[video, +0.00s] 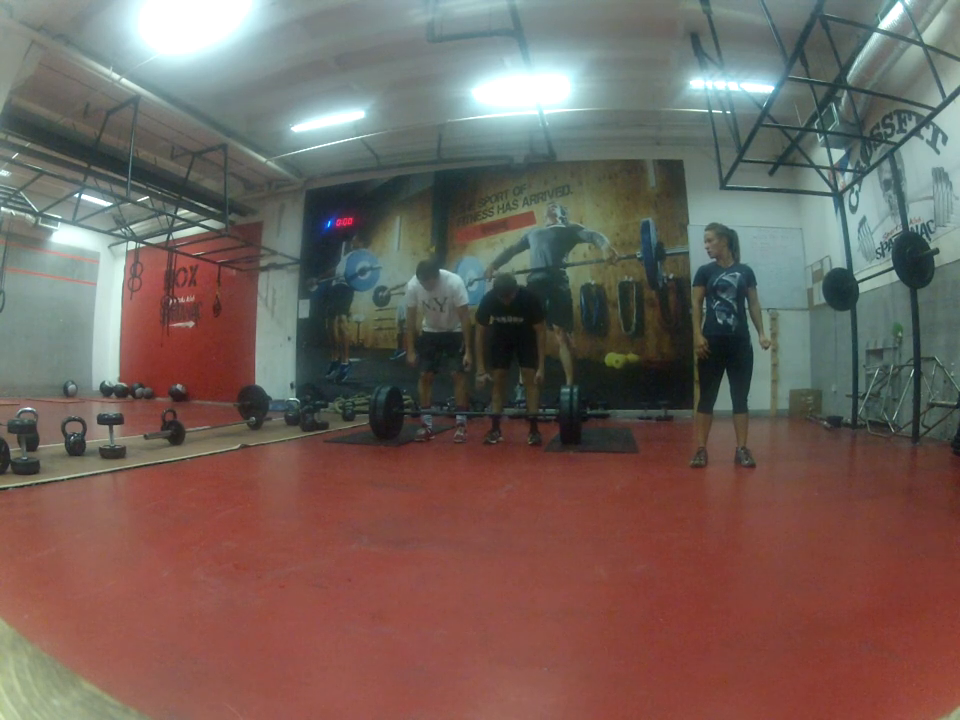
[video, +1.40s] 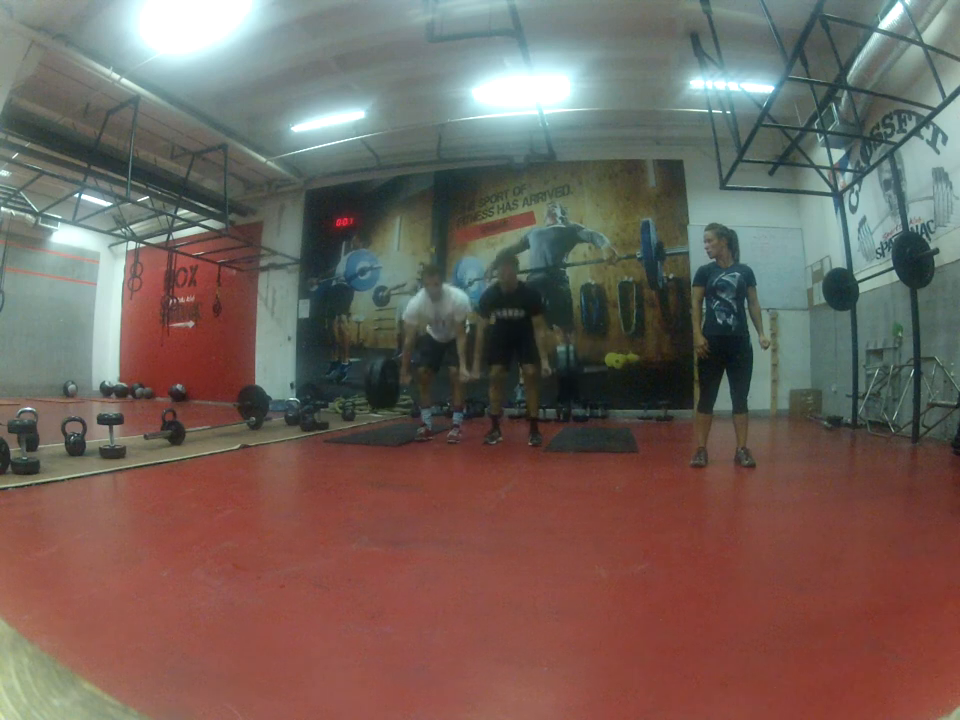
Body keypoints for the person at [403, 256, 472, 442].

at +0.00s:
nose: (428, 287)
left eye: (431, 283)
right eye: (424, 283)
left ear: (437, 276)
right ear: (419, 278)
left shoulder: (454, 282)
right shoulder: (413, 286)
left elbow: (465, 318)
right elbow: (410, 320)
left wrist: (467, 351)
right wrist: (410, 350)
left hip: (454, 332)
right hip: (429, 332)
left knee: (458, 375)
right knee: (425, 376)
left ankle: (461, 424)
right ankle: (426, 425)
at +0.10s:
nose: (427, 299)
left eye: (430, 295)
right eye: (423, 296)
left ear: (436, 287)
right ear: (417, 290)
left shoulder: (453, 293)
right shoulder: (412, 295)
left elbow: (464, 327)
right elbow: (409, 328)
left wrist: (467, 362)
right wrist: (408, 360)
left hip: (452, 333)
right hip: (428, 333)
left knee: (456, 374)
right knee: (423, 375)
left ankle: (459, 425)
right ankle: (426, 425)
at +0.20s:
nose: (427, 318)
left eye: (429, 314)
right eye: (423, 315)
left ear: (435, 308)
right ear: (417, 310)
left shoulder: (452, 312)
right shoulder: (410, 315)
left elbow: (463, 346)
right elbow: (407, 349)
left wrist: (467, 384)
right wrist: (407, 383)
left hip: (452, 340)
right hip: (427, 341)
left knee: (454, 374)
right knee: (422, 376)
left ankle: (459, 426)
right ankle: (426, 426)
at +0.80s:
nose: (429, 299)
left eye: (432, 295)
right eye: (425, 295)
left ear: (438, 291)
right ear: (420, 292)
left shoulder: (453, 303)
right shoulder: (412, 305)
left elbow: (460, 339)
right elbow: (409, 341)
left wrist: (466, 372)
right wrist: (407, 373)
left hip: (450, 336)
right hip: (426, 337)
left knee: (456, 376)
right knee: (423, 376)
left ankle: (458, 426)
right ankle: (427, 425)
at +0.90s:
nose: (429, 272)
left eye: (432, 267)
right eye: (425, 268)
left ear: (438, 265)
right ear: (420, 266)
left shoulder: (454, 284)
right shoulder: (413, 286)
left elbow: (460, 321)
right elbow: (410, 322)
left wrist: (464, 351)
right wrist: (406, 353)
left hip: (451, 329)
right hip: (427, 329)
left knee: (458, 374)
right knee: (425, 377)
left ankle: (459, 425)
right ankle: (427, 426)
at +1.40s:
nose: (433, 289)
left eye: (436, 284)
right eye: (429, 285)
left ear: (442, 283)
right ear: (424, 285)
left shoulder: (458, 299)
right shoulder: (416, 303)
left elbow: (461, 334)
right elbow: (409, 338)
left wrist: (463, 366)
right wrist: (404, 370)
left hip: (456, 336)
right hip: (432, 336)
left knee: (454, 373)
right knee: (423, 374)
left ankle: (456, 426)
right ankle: (426, 425)